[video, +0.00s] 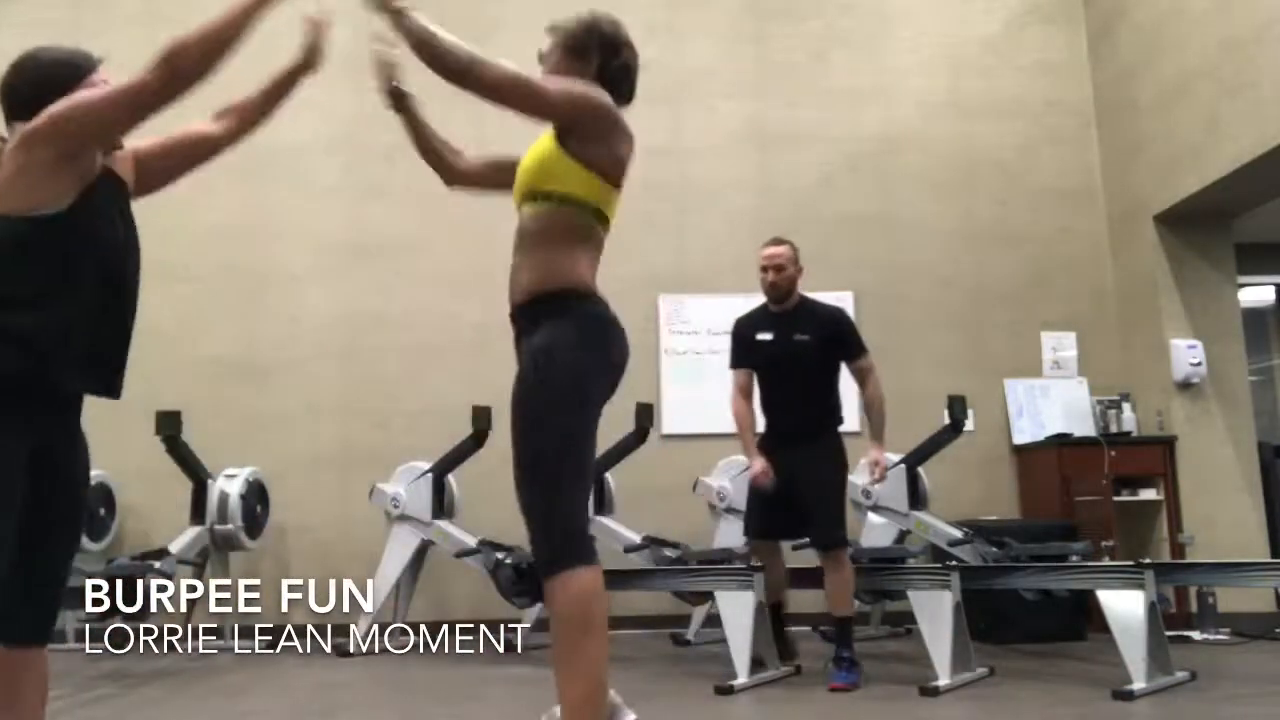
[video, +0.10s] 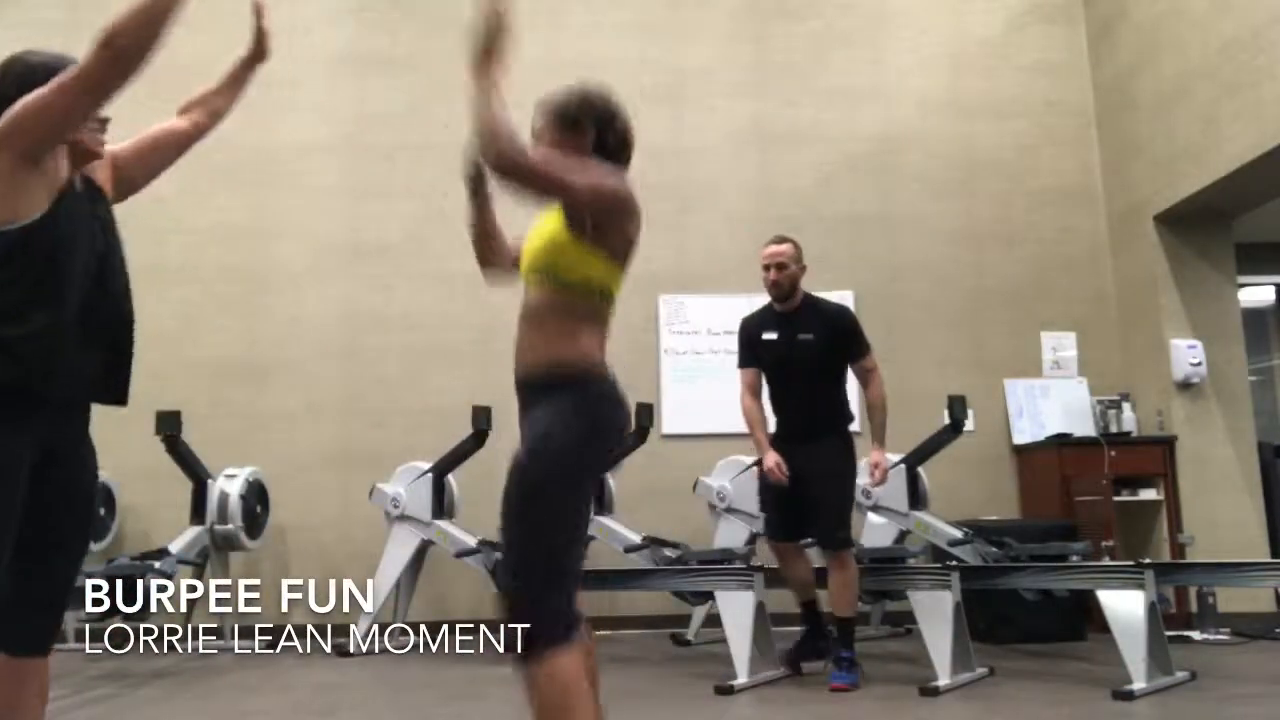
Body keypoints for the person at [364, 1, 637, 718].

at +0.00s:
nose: (541, 66)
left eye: (553, 56)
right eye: (544, 56)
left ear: (589, 65)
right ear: (582, 67)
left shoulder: (598, 113)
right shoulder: (558, 152)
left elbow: (478, 73)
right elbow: (458, 168)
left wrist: (394, 11)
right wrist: (403, 104)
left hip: (569, 335)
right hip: (549, 339)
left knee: (561, 533)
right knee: (558, 533)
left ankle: (582, 705)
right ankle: (586, 701)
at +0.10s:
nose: (540, 148)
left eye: (550, 136)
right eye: (542, 137)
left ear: (584, 139)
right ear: (574, 147)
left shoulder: (611, 194)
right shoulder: (567, 216)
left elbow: (507, 157)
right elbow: (496, 261)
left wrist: (485, 71)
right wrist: (477, 186)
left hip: (578, 404)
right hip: (550, 404)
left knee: (534, 602)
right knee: (552, 599)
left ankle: (569, 708)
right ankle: (584, 707)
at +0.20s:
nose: (510, 180)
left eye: (518, 165)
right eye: (508, 167)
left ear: (555, 168)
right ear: (553, 173)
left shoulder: (604, 234)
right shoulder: (544, 249)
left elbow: (593, 299)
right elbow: (533, 346)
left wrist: (524, 229)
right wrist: (493, 297)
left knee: (517, 647)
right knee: (533, 643)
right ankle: (592, 710)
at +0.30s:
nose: (459, 188)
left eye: (465, 170)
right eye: (457, 173)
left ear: (508, 162)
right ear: (509, 166)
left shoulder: (574, 226)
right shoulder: (531, 240)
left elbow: (617, 331)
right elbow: (572, 369)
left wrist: (508, 349)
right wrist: (500, 412)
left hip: (619, 438)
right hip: (593, 441)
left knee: (555, 638)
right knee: (565, 634)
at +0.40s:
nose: (424, 218)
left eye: (429, 199)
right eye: (420, 203)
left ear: (470, 186)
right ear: (466, 191)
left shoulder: (546, 243)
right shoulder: (508, 267)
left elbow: (599, 350)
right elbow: (553, 389)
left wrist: (508, 418)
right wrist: (502, 470)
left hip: (642, 436)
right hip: (616, 442)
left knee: (571, 633)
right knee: (575, 633)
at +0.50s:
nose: (394, 312)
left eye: (396, 293)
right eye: (387, 298)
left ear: (432, 274)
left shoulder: (516, 307)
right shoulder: (490, 352)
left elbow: (553, 435)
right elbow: (519, 457)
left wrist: (486, 540)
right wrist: (502, 544)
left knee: (585, 632)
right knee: (578, 630)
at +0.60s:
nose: (382, 428)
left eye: (382, 409)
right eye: (376, 414)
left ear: (418, 388)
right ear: (422, 387)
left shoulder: (500, 411)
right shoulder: (491, 423)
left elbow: (514, 554)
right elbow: (507, 554)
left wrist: (479, 679)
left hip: (699, 487)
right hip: (678, 491)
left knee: (566, 644)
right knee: (561, 638)